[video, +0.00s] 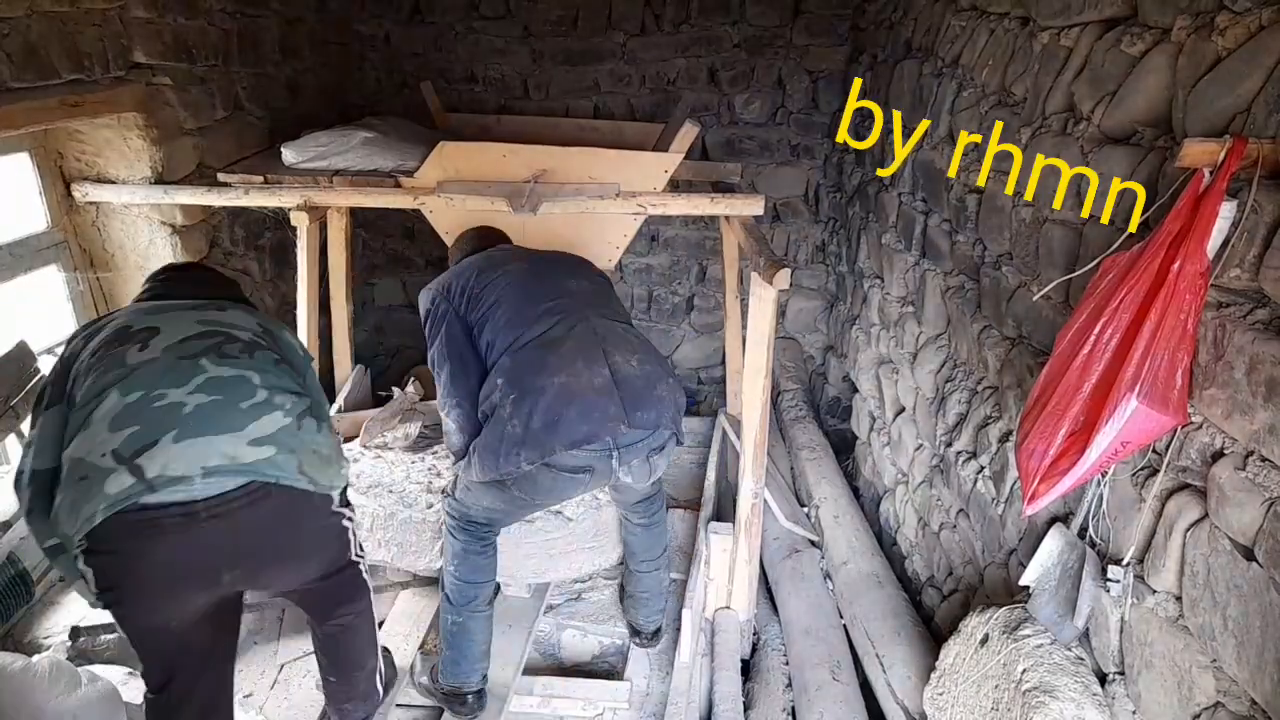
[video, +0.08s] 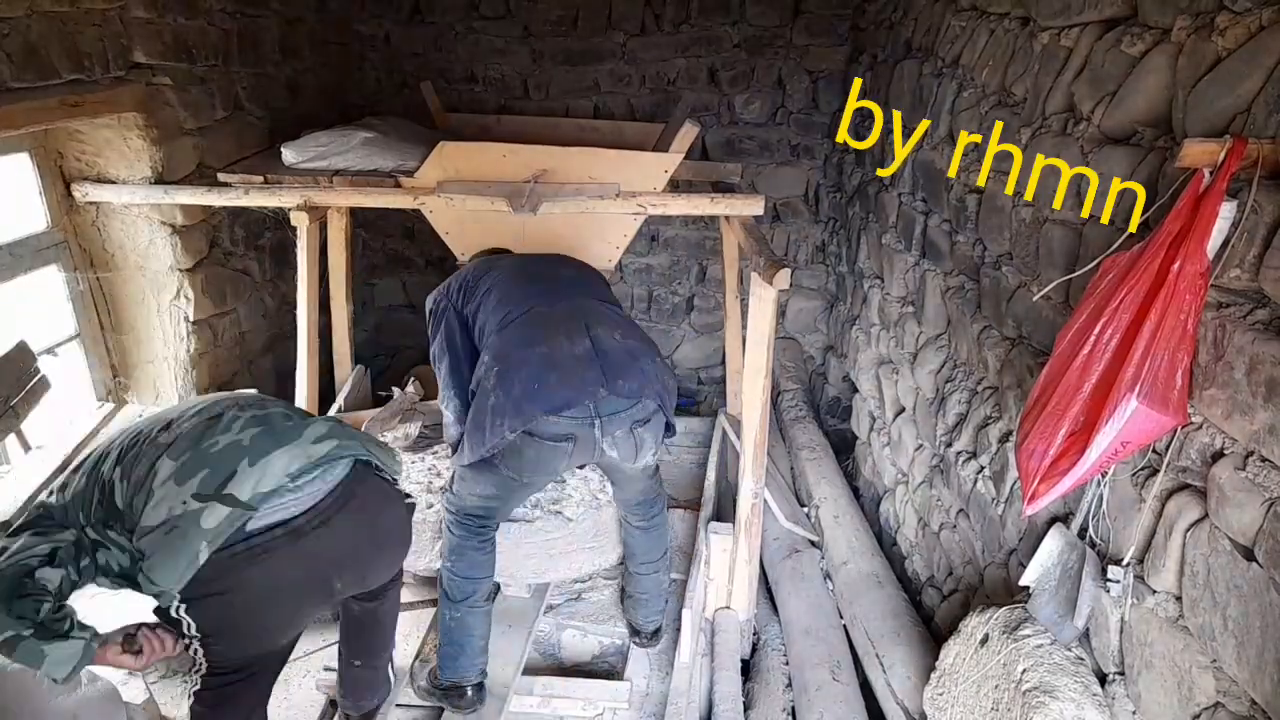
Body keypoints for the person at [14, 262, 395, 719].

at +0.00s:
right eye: (247, 300)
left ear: (145, 298)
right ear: (234, 298)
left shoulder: (89, 340)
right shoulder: (265, 327)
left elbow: (34, 488)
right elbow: (321, 428)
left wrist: (94, 578)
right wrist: (333, 504)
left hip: (139, 548)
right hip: (282, 515)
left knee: (181, 691)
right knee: (335, 589)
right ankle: (356, 701)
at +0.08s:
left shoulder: (63, 508)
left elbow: (7, 603)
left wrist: (103, 652)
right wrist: (182, 619)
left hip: (242, 570)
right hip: (370, 509)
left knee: (233, 682)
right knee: (373, 582)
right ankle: (364, 702)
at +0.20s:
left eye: (223, 264)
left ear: (237, 265)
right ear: (318, 264)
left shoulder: (197, 301)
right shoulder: (361, 306)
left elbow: (98, 393)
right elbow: (404, 398)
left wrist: (162, 478)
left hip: (232, 514)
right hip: (358, 498)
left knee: (223, 684)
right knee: (373, 568)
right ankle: (372, 687)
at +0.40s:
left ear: (310, 239)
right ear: (389, 252)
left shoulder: (251, 267)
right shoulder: (414, 302)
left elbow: (160, 333)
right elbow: (426, 415)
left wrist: (180, 444)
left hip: (247, 494)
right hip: (368, 497)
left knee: (232, 675)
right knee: (382, 553)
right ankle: (372, 684)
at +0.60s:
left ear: (306, 238)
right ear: (379, 255)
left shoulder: (228, 264)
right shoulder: (403, 305)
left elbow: (148, 349)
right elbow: (424, 424)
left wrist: (174, 465)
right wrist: (391, 504)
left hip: (215, 503)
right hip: (346, 502)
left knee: (229, 682)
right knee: (379, 570)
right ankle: (372, 691)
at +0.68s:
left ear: (194, 278)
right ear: (284, 286)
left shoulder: (115, 319)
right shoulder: (318, 333)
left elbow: (35, 447)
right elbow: (359, 469)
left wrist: (80, 572)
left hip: (158, 568)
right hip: (305, 547)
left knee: (210, 709)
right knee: (348, 623)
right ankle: (358, 714)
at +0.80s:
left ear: (59, 355)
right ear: (139, 335)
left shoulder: (17, 397)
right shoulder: (196, 344)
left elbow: (6, 576)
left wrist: (85, 665)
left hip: (168, 604)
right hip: (313, 539)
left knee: (198, 707)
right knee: (336, 604)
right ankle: (358, 712)